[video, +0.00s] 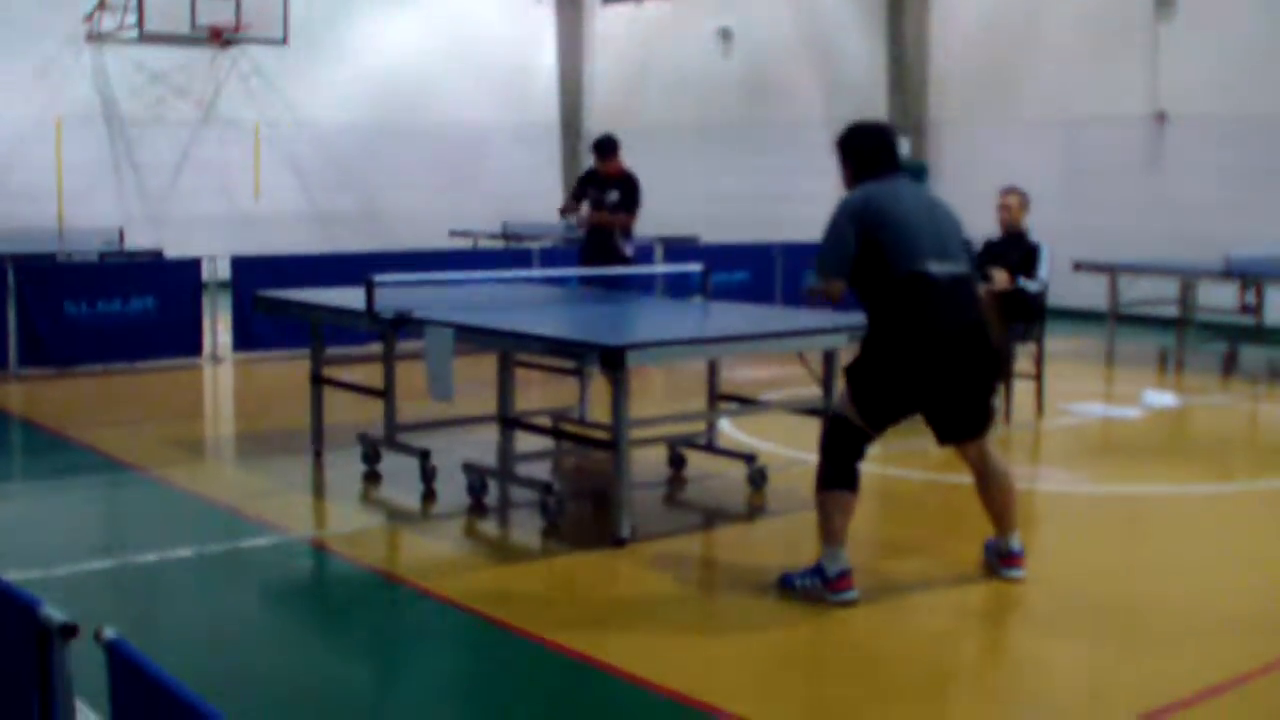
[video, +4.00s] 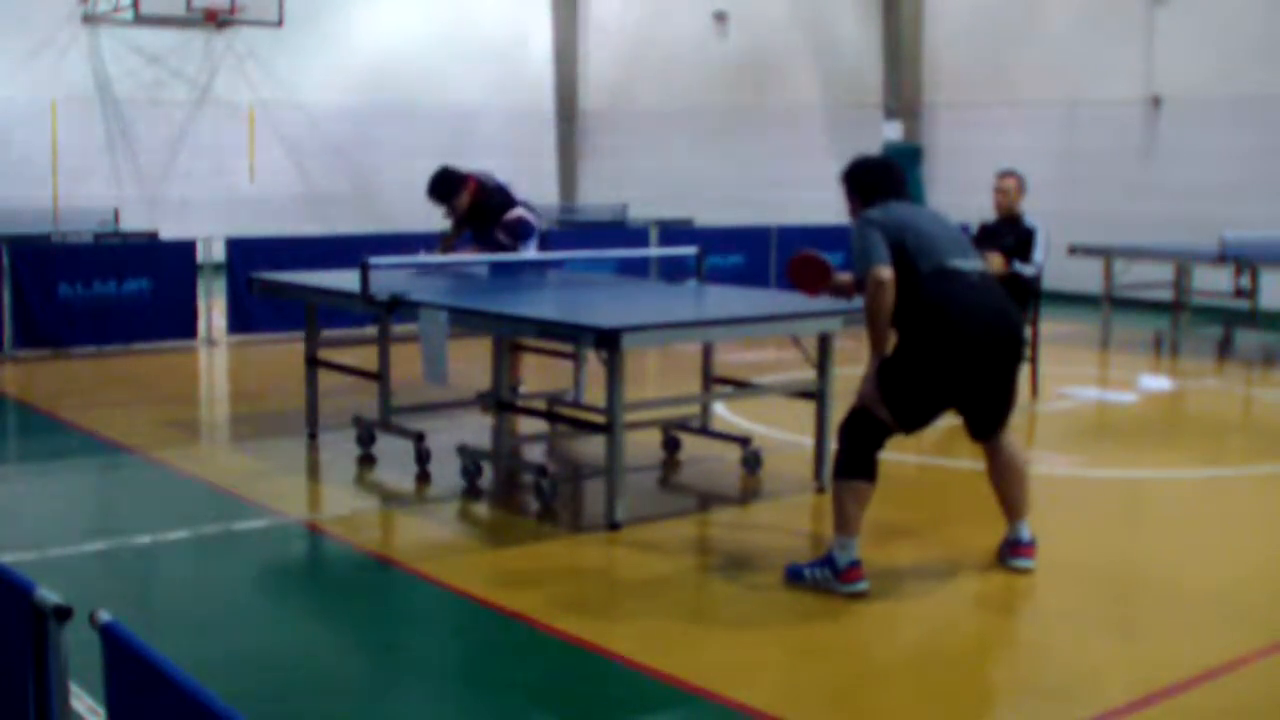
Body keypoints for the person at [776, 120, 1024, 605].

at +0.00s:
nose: (841, 174)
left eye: (842, 165)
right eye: (842, 165)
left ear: (850, 166)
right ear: (894, 159)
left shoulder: (857, 206)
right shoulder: (933, 204)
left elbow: (830, 288)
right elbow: (974, 281)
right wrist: (995, 346)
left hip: (900, 348)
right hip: (964, 345)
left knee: (842, 438)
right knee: (977, 447)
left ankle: (833, 566)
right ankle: (1009, 546)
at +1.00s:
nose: (871, 155)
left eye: (874, 147)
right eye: (873, 146)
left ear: (881, 150)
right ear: (927, 144)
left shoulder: (883, 201)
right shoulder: (968, 198)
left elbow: (860, 276)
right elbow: (1002, 280)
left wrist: (851, 330)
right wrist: (965, 311)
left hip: (917, 351)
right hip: (982, 350)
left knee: (864, 441)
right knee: (990, 444)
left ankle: (841, 562)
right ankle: (1022, 548)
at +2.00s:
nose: (844, 228)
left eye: (844, 220)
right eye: (842, 220)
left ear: (853, 218)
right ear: (894, 209)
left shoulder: (866, 241)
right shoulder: (926, 238)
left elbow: (879, 297)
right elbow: (924, 321)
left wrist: (871, 379)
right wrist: (846, 322)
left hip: (941, 355)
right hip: (1003, 349)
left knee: (863, 444)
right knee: (996, 446)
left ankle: (845, 568)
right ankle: (1023, 547)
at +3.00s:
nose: (849, 215)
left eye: (848, 206)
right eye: (847, 206)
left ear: (857, 204)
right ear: (900, 192)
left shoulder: (872, 227)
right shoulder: (934, 221)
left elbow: (892, 274)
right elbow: (932, 278)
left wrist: (882, 360)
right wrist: (856, 291)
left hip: (941, 346)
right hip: (1002, 342)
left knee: (863, 435)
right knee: (997, 435)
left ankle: (844, 558)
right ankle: (1022, 537)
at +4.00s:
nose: (850, 208)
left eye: (849, 200)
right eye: (848, 200)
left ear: (857, 198)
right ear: (899, 189)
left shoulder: (870, 222)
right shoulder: (933, 218)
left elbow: (881, 280)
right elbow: (933, 279)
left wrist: (875, 361)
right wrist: (855, 285)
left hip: (937, 344)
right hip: (999, 339)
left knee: (859, 434)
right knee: (993, 431)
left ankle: (843, 557)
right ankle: (1021, 535)